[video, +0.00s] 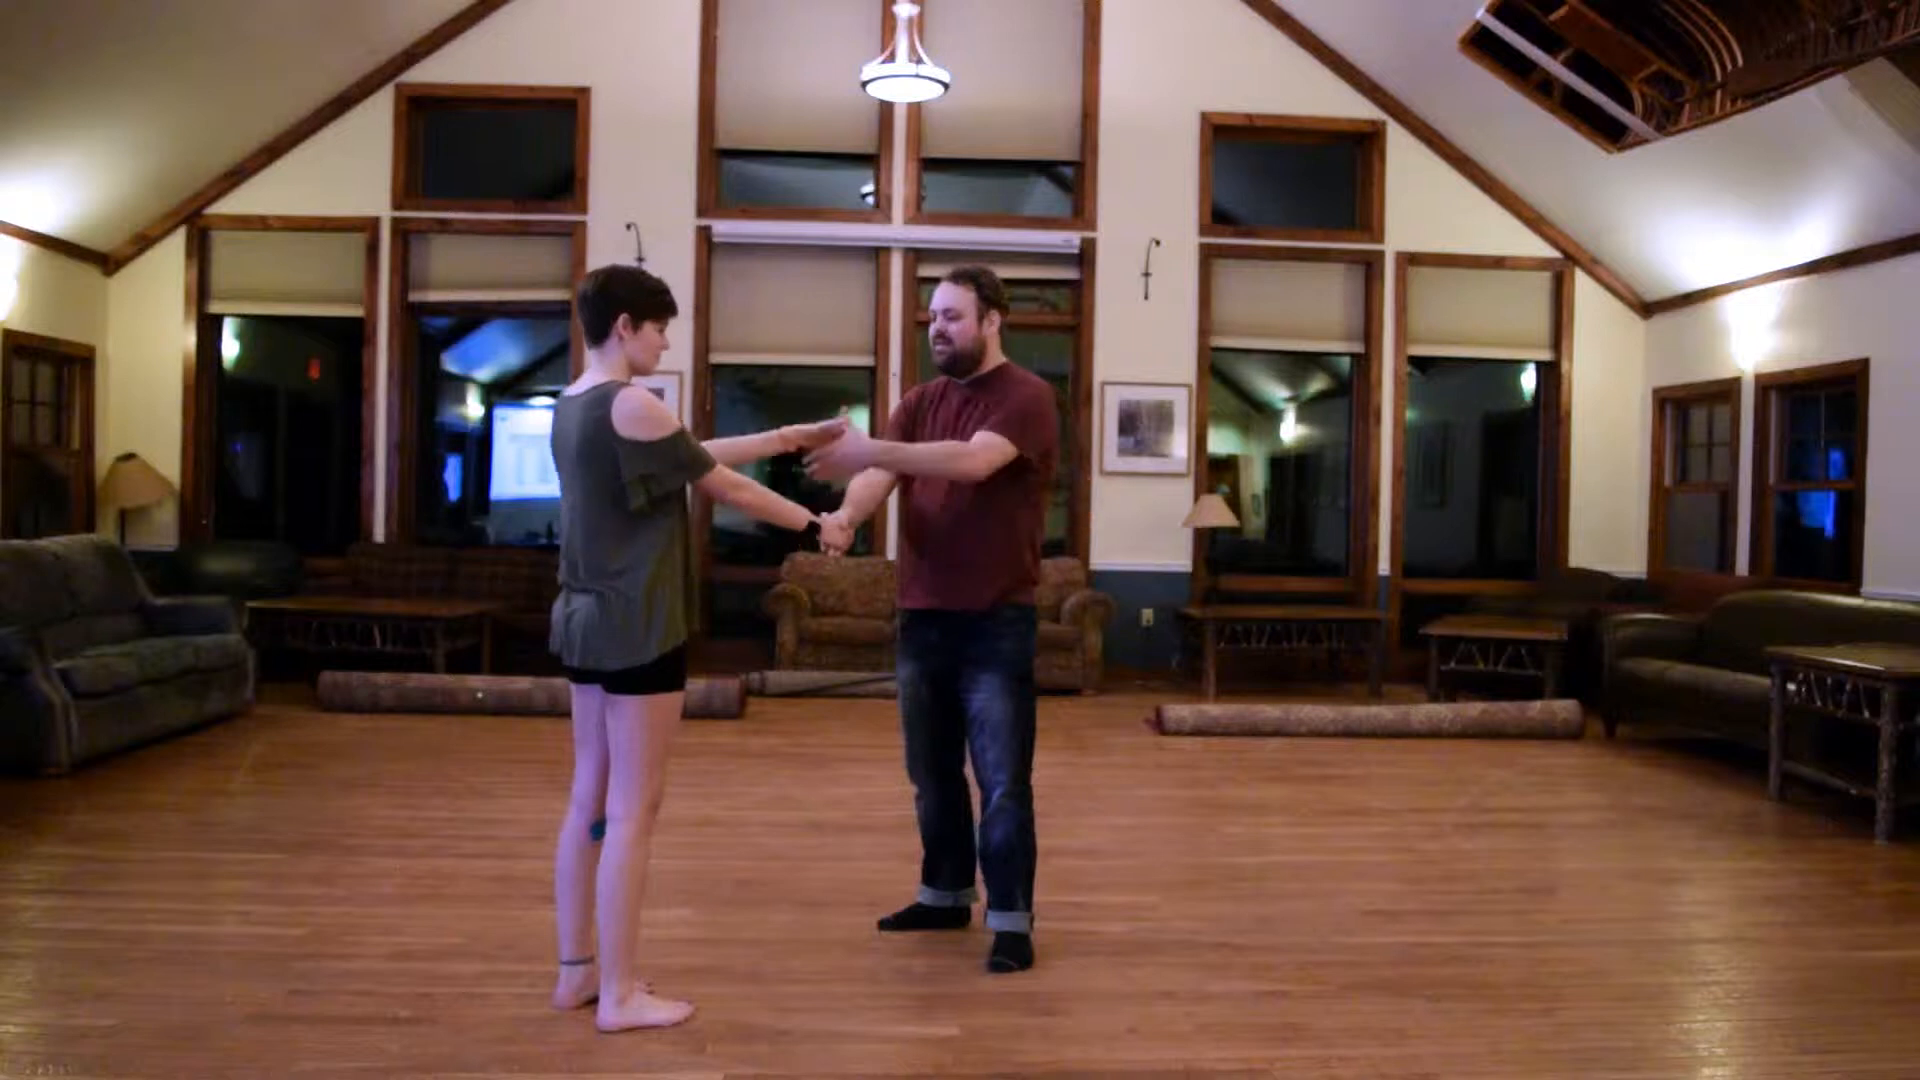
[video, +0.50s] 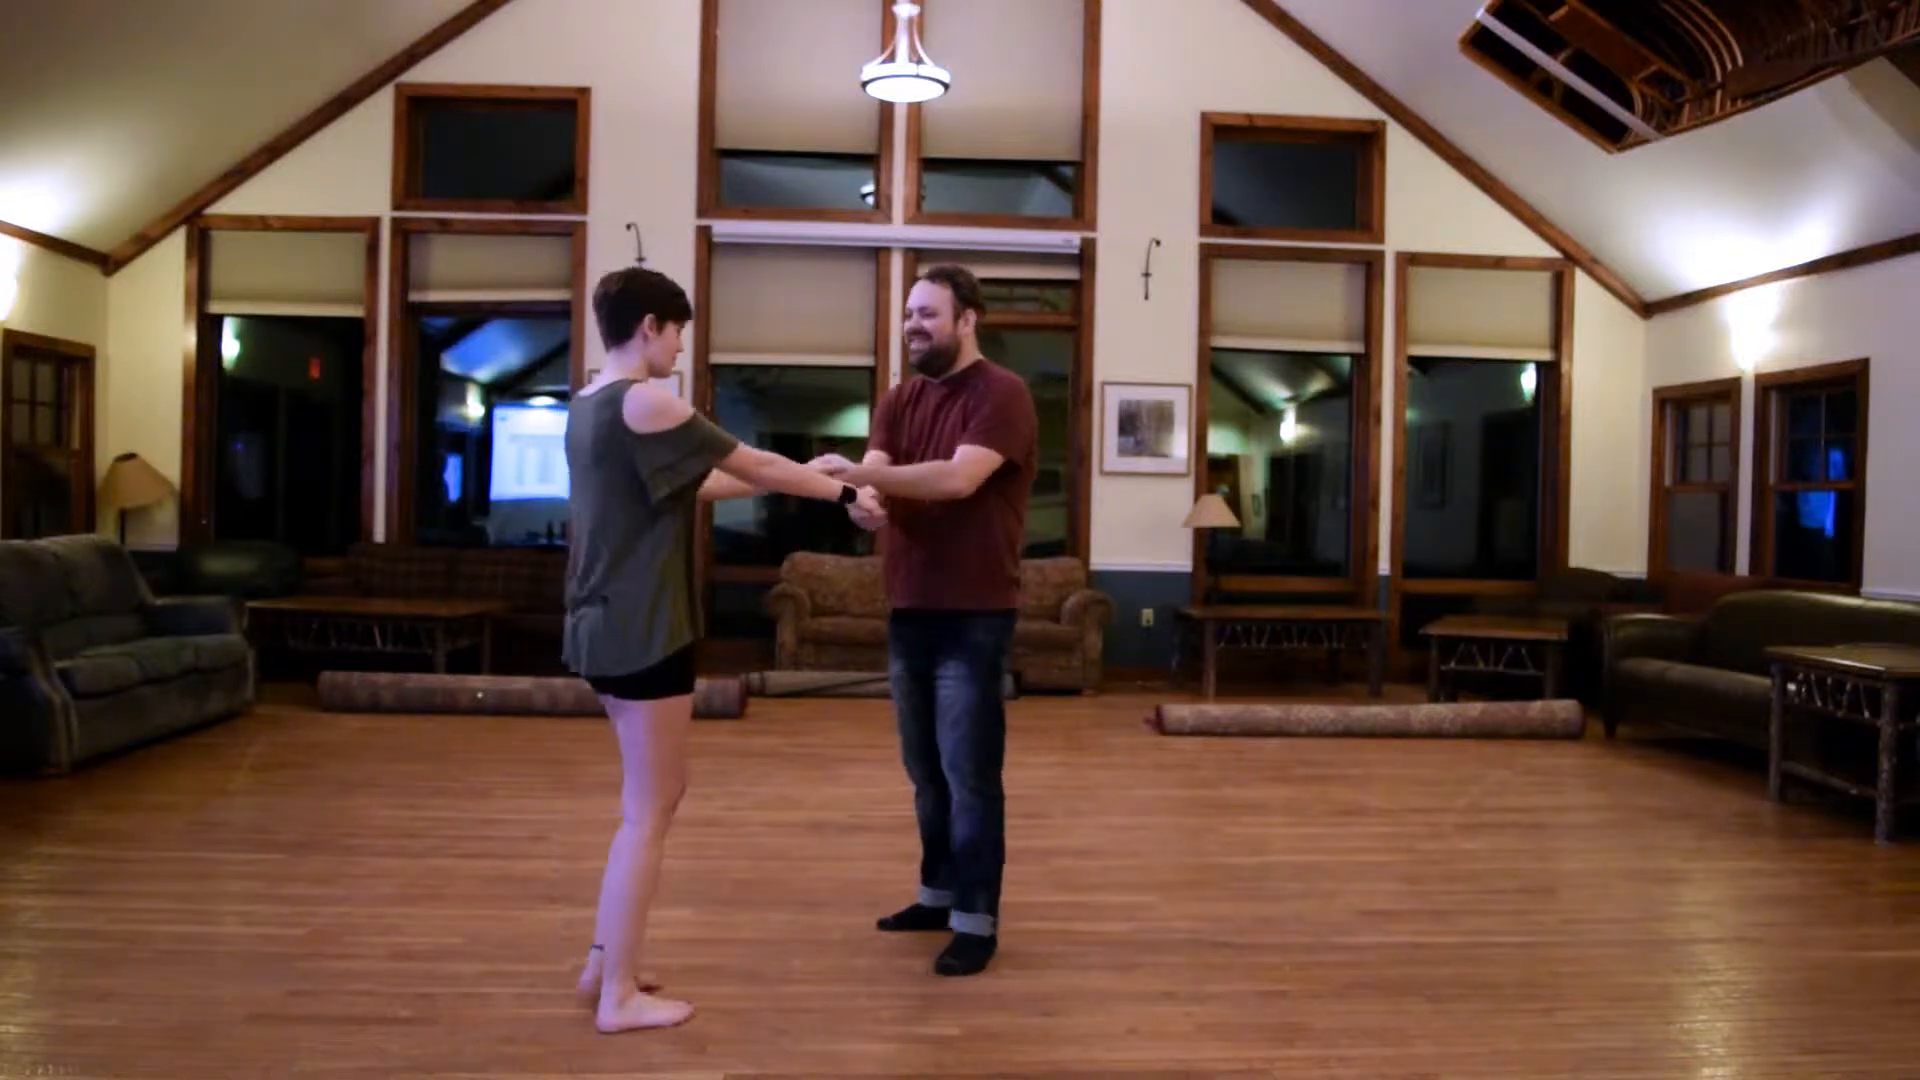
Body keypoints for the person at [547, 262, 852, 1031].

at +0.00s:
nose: (665, 341)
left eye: (665, 329)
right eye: (660, 329)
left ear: (606, 330)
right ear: (627, 329)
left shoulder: (575, 403)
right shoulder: (636, 409)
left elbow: (684, 456)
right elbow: (720, 484)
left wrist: (778, 441)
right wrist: (808, 520)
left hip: (584, 624)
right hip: (640, 632)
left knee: (586, 803)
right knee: (634, 809)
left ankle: (573, 970)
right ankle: (618, 994)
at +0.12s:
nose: (665, 342)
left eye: (665, 330)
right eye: (659, 329)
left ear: (605, 330)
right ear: (627, 328)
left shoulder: (575, 404)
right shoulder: (634, 409)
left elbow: (682, 463)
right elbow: (724, 484)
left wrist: (770, 446)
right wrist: (812, 519)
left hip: (586, 625)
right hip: (640, 633)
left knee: (589, 802)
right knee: (634, 810)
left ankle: (575, 969)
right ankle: (618, 994)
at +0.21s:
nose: (666, 343)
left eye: (666, 331)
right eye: (661, 330)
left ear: (607, 330)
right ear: (628, 328)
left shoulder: (575, 404)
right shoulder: (634, 410)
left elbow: (680, 462)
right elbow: (723, 482)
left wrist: (770, 455)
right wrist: (816, 516)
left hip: (589, 627)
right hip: (642, 635)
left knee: (593, 802)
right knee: (634, 814)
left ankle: (575, 970)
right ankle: (619, 995)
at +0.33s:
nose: (669, 346)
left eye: (669, 334)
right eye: (665, 332)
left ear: (609, 330)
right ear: (634, 329)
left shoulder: (578, 405)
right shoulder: (635, 408)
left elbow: (699, 469)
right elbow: (735, 476)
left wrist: (790, 470)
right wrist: (829, 504)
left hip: (592, 629)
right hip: (645, 636)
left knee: (608, 807)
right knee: (640, 815)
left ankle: (577, 971)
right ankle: (619, 996)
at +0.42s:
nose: (674, 347)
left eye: (674, 335)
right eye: (670, 333)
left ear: (612, 331)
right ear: (641, 329)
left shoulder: (583, 404)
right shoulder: (640, 403)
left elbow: (698, 478)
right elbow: (745, 470)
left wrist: (792, 470)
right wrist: (833, 490)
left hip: (598, 628)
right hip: (646, 634)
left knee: (634, 805)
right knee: (645, 813)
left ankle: (585, 964)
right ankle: (620, 996)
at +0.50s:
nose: (682, 345)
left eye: (682, 333)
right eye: (679, 332)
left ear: (620, 332)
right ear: (652, 330)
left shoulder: (594, 403)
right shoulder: (646, 401)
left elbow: (699, 482)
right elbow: (750, 466)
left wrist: (797, 472)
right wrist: (845, 485)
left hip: (608, 628)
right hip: (644, 633)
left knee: (662, 790)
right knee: (649, 808)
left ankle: (606, 957)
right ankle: (617, 997)